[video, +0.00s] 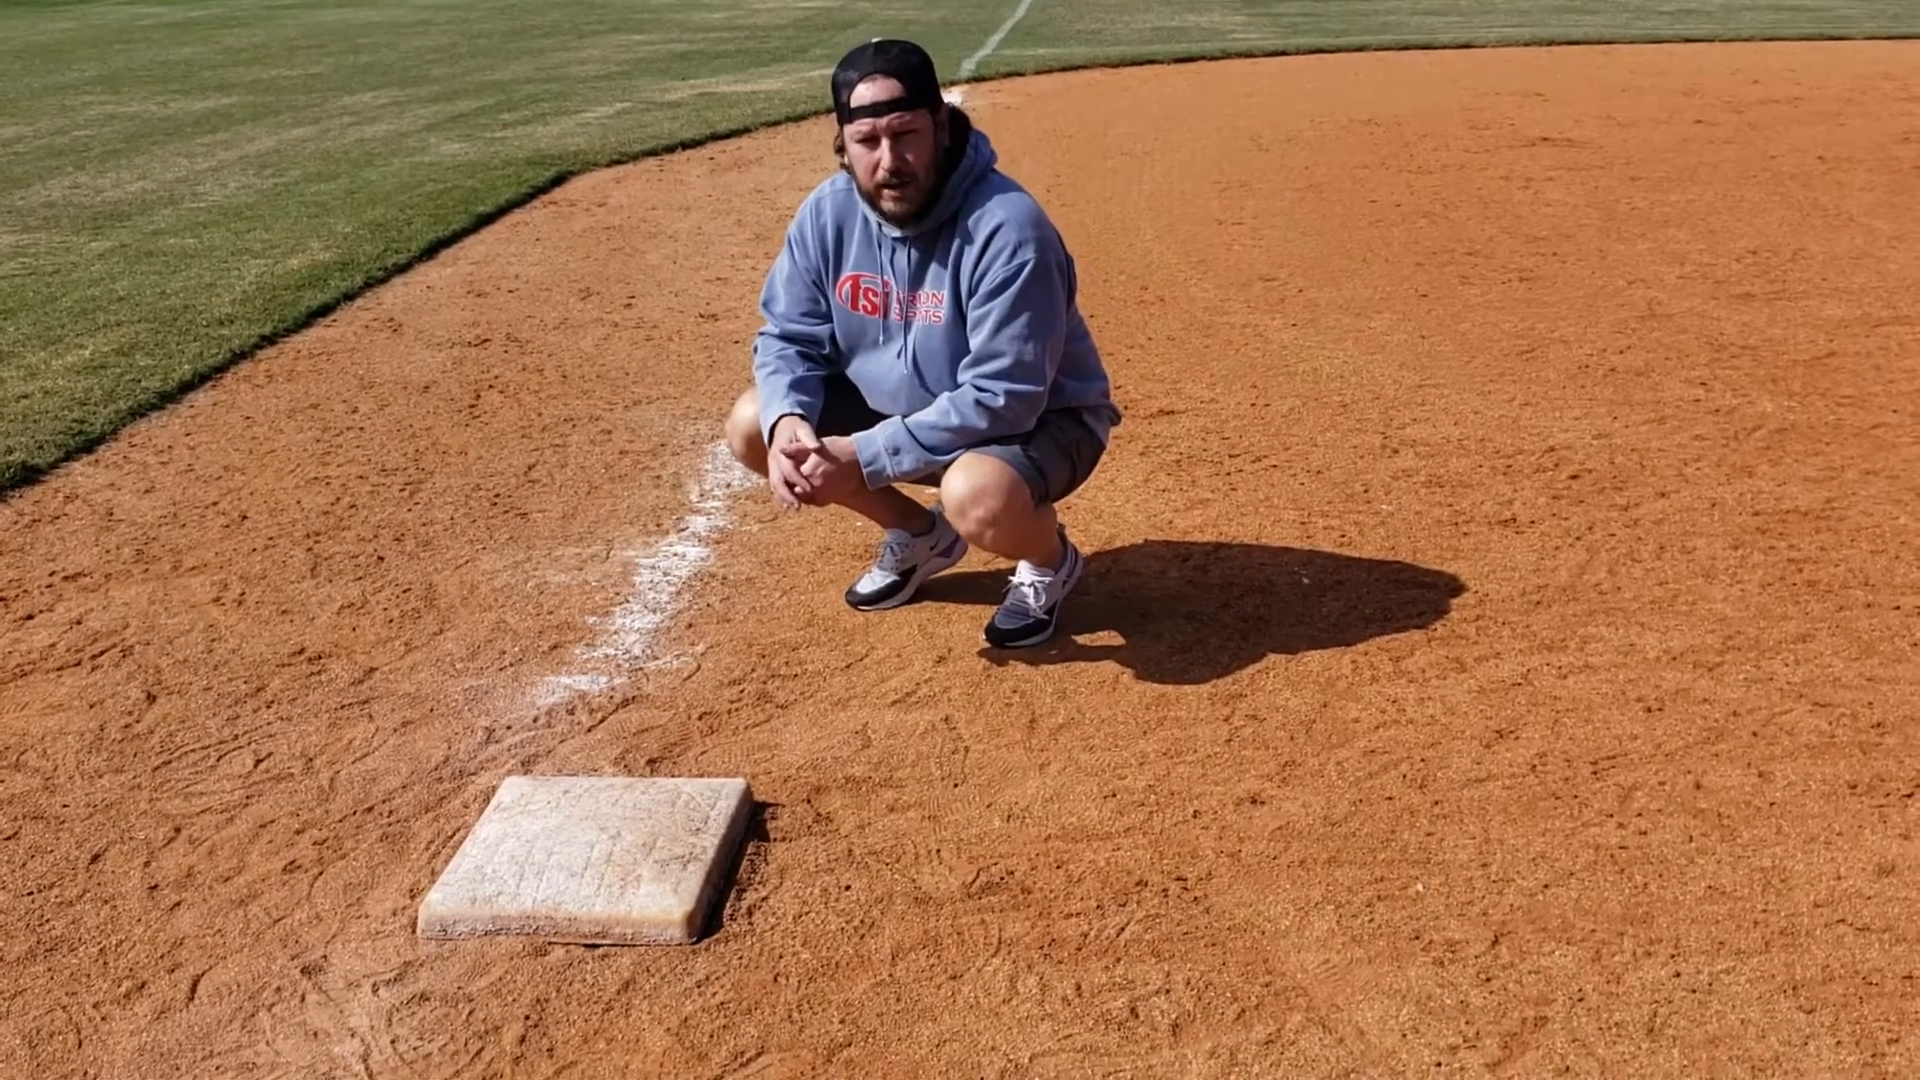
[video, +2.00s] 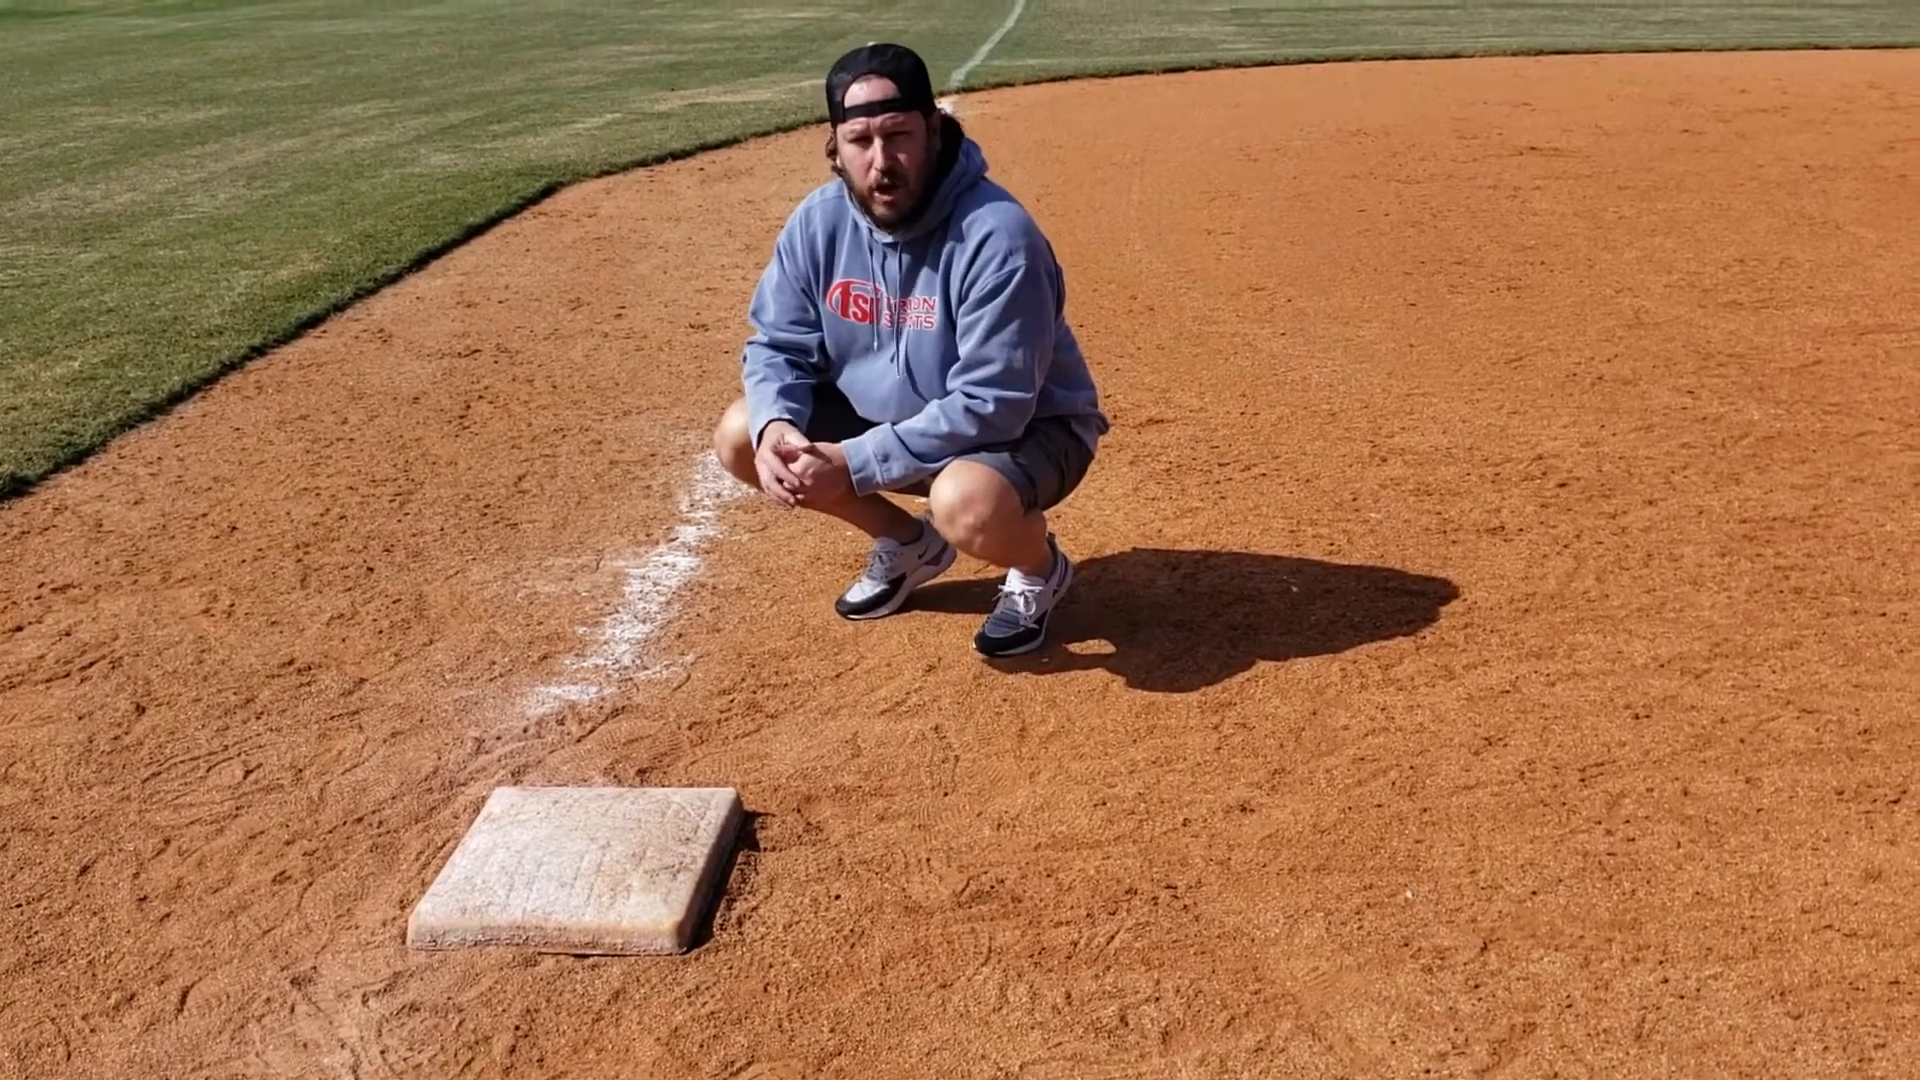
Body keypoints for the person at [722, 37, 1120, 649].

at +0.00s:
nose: (889, 162)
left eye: (906, 134)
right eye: (866, 141)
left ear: (942, 125)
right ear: (842, 146)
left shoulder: (1008, 234)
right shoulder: (828, 213)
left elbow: (1002, 401)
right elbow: (788, 335)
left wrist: (861, 456)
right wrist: (790, 420)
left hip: (1044, 418)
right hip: (907, 409)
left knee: (975, 495)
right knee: (754, 425)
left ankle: (1052, 561)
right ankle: (918, 533)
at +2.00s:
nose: (882, 161)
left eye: (899, 135)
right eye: (860, 141)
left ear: (933, 131)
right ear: (835, 150)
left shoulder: (997, 240)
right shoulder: (817, 223)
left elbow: (991, 408)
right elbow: (777, 342)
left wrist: (854, 464)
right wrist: (776, 423)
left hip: (1032, 426)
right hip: (895, 418)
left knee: (965, 503)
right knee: (743, 436)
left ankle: (1041, 570)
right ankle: (908, 541)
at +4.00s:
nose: (865, 188)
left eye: (882, 160)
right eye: (843, 165)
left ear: (919, 146)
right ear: (820, 166)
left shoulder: (986, 253)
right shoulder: (806, 237)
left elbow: (983, 418)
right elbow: (769, 356)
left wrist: (845, 474)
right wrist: (769, 434)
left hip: (1025, 438)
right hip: (888, 431)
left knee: (957, 513)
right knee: (736, 452)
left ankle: (1035, 580)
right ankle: (902, 552)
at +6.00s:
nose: (848, 198)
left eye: (868, 175)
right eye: (831, 176)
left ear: (913, 157)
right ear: (814, 171)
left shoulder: (983, 259)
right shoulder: (803, 244)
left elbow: (978, 424)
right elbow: (766, 359)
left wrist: (838, 475)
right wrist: (758, 429)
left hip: (1021, 442)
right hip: (886, 434)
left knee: (953, 518)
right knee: (733, 454)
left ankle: (1033, 587)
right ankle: (897, 557)